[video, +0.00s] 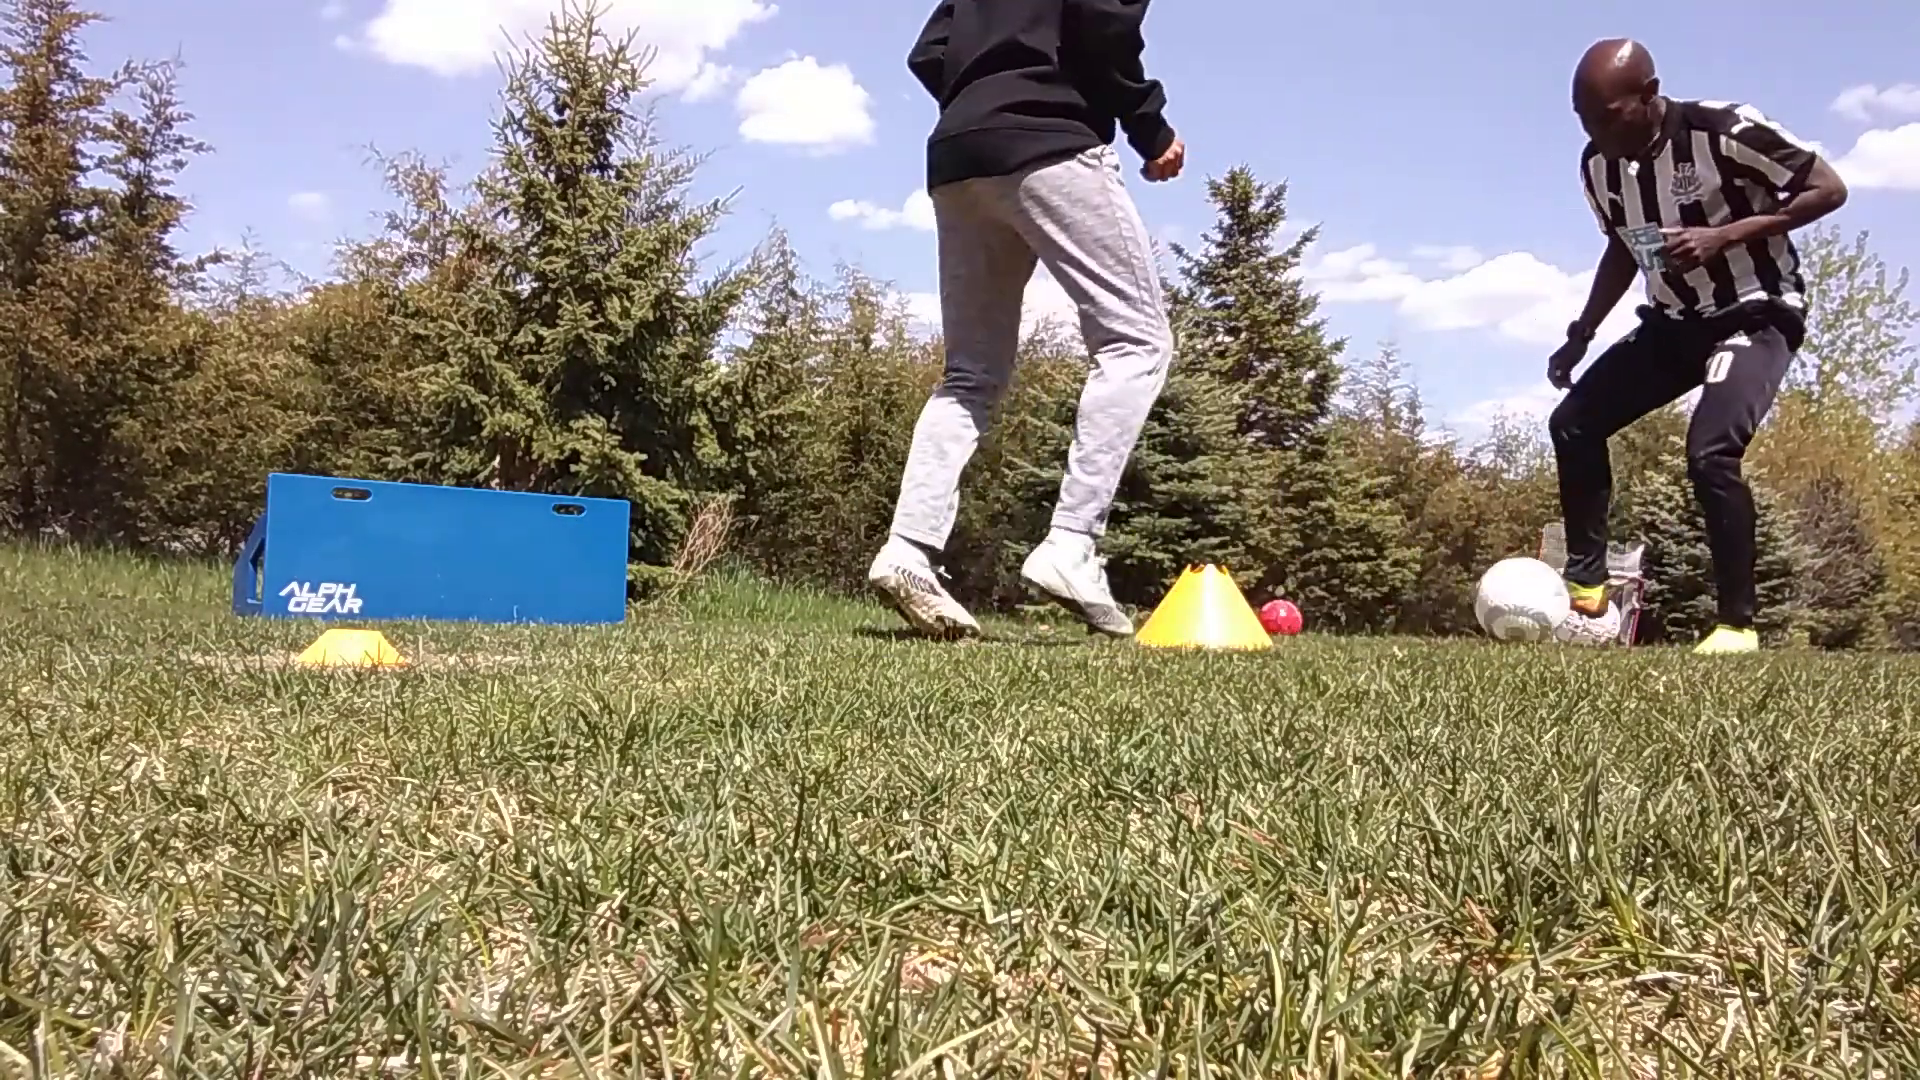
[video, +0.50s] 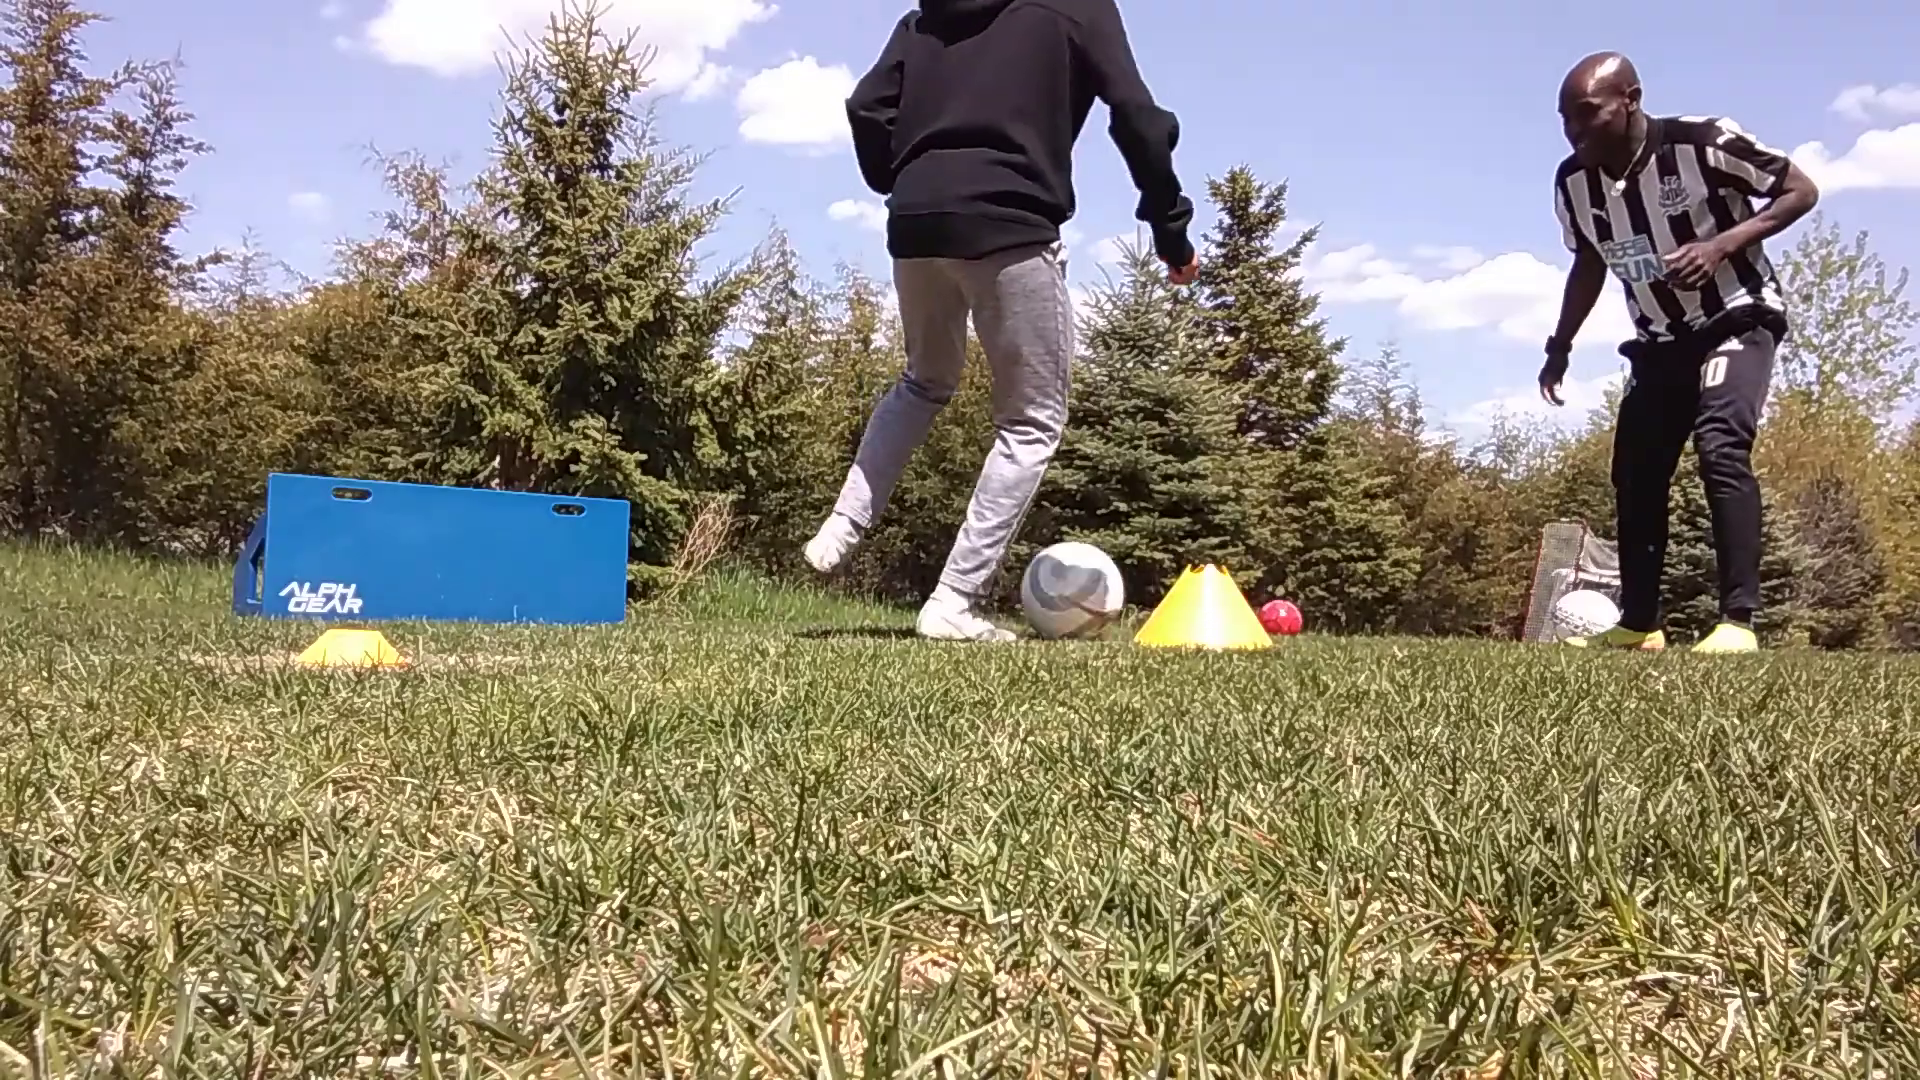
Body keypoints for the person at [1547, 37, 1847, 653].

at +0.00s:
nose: (1591, 131)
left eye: (1600, 116)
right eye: (1585, 118)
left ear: (1647, 97)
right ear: (1585, 108)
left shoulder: (1725, 130)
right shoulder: (1599, 165)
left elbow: (1828, 188)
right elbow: (1623, 248)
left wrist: (1726, 234)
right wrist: (1583, 331)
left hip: (1756, 318)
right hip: (1676, 324)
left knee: (1710, 451)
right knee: (1573, 423)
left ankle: (1737, 626)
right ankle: (1585, 585)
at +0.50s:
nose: (1572, 134)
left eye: (1585, 117)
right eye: (1566, 120)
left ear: (1630, 103)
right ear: (1563, 117)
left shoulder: (1704, 142)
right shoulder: (1574, 182)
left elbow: (1801, 190)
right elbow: (1590, 262)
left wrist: (1722, 245)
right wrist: (1559, 347)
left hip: (1736, 320)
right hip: (1660, 340)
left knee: (1719, 446)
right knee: (1635, 469)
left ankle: (1737, 623)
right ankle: (1638, 624)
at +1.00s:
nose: (1612, 128)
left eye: (1620, 112)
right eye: (1606, 115)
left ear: (1663, 93)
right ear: (1612, 106)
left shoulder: (1745, 129)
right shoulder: (1620, 158)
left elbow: (1844, 187)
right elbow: (1643, 236)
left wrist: (1747, 207)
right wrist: (1601, 310)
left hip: (1755, 323)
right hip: (1682, 333)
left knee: (1733, 453)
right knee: (1640, 459)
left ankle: (1753, 624)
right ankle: (1637, 615)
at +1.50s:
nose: (1602, 143)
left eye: (1613, 130)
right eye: (1599, 129)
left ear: (1660, 114)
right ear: (1601, 121)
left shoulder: (1734, 135)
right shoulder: (1611, 181)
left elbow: (1836, 179)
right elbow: (1649, 255)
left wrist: (1745, 218)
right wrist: (1639, 343)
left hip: (1769, 316)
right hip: (1692, 334)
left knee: (1737, 450)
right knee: (1668, 472)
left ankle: (1755, 622)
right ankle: (1690, 623)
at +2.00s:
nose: (1607, 114)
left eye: (1621, 100)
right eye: (1597, 103)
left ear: (1657, 92)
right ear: (1587, 102)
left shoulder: (1721, 133)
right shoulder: (1588, 171)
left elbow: (1808, 188)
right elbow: (1604, 253)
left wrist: (1725, 220)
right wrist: (1580, 333)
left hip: (1742, 319)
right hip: (1667, 338)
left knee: (1735, 457)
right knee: (1677, 479)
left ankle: (1754, 622)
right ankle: (1689, 625)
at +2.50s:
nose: (1558, 138)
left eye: (1572, 125)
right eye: (1552, 126)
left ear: (1615, 118)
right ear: (1547, 124)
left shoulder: (1682, 154)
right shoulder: (1546, 191)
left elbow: (1759, 210)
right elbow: (1564, 269)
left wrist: (1707, 296)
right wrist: (1566, 348)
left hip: (1709, 329)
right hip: (1626, 345)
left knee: (1720, 456)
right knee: (1601, 473)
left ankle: (1752, 620)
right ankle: (1598, 622)